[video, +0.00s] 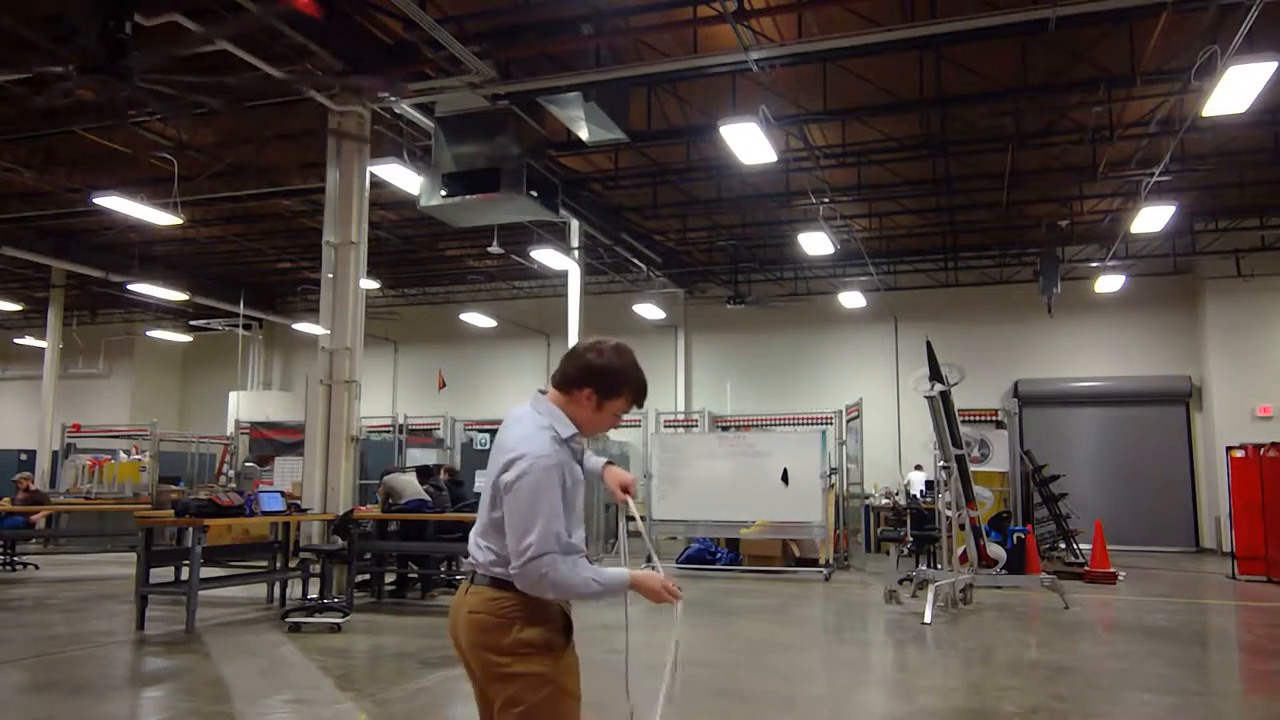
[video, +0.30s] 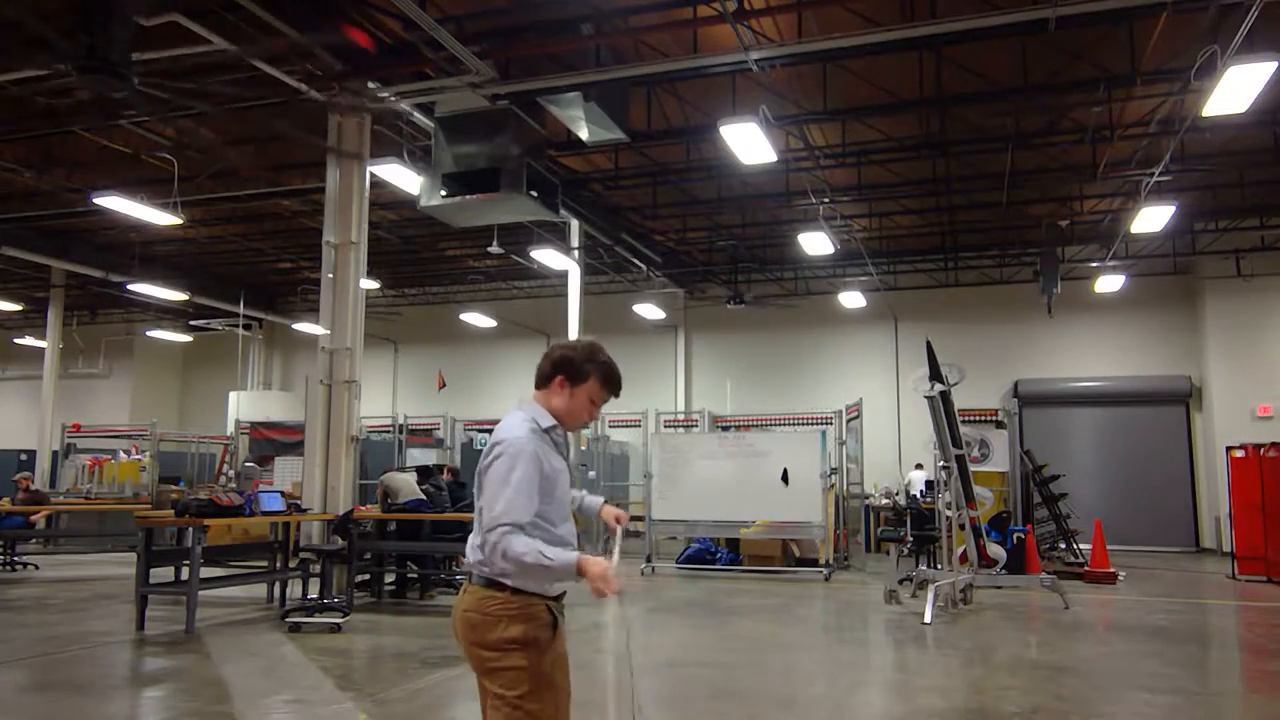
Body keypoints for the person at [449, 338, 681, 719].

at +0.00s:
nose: (616, 425)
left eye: (621, 416)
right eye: (617, 414)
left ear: (583, 396)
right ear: (587, 398)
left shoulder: (527, 420)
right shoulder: (540, 454)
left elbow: (570, 451)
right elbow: (537, 568)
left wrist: (605, 469)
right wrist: (630, 580)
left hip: (482, 600)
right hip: (516, 615)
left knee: (503, 712)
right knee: (543, 712)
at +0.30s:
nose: (595, 415)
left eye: (600, 406)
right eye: (593, 402)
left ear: (561, 386)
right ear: (561, 385)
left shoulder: (540, 435)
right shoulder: (521, 441)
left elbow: (554, 493)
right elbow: (501, 542)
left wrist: (600, 507)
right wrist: (579, 563)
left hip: (527, 606)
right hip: (509, 611)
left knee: (548, 710)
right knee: (531, 713)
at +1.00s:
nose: (632, 417)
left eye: (633, 408)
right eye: (633, 408)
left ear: (585, 399)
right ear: (625, 409)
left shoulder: (557, 439)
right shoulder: (579, 450)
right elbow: (562, 521)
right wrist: (568, 584)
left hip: (490, 585)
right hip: (524, 592)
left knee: (521, 709)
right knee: (552, 711)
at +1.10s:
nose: (635, 420)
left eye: (635, 412)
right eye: (635, 412)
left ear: (587, 408)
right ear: (629, 415)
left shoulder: (559, 446)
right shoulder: (591, 452)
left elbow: (535, 514)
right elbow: (576, 516)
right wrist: (576, 573)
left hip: (490, 585)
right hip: (530, 590)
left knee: (522, 710)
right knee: (556, 710)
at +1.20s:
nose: (626, 441)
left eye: (626, 433)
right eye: (626, 434)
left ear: (581, 430)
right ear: (620, 437)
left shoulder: (557, 466)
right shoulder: (596, 466)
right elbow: (585, 519)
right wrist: (586, 565)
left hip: (492, 602)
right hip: (538, 605)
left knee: (531, 705)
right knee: (573, 712)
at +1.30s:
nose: (608, 452)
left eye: (606, 445)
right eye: (608, 446)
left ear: (563, 449)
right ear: (602, 451)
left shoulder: (547, 486)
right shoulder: (590, 477)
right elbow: (588, 509)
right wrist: (589, 543)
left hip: (505, 614)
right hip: (553, 612)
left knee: (531, 710)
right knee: (577, 712)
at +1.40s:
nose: (589, 458)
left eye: (588, 454)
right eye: (588, 454)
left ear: (546, 460)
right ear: (583, 457)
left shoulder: (535, 495)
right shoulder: (579, 476)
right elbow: (585, 492)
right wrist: (593, 508)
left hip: (512, 606)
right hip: (563, 602)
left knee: (532, 708)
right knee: (578, 711)